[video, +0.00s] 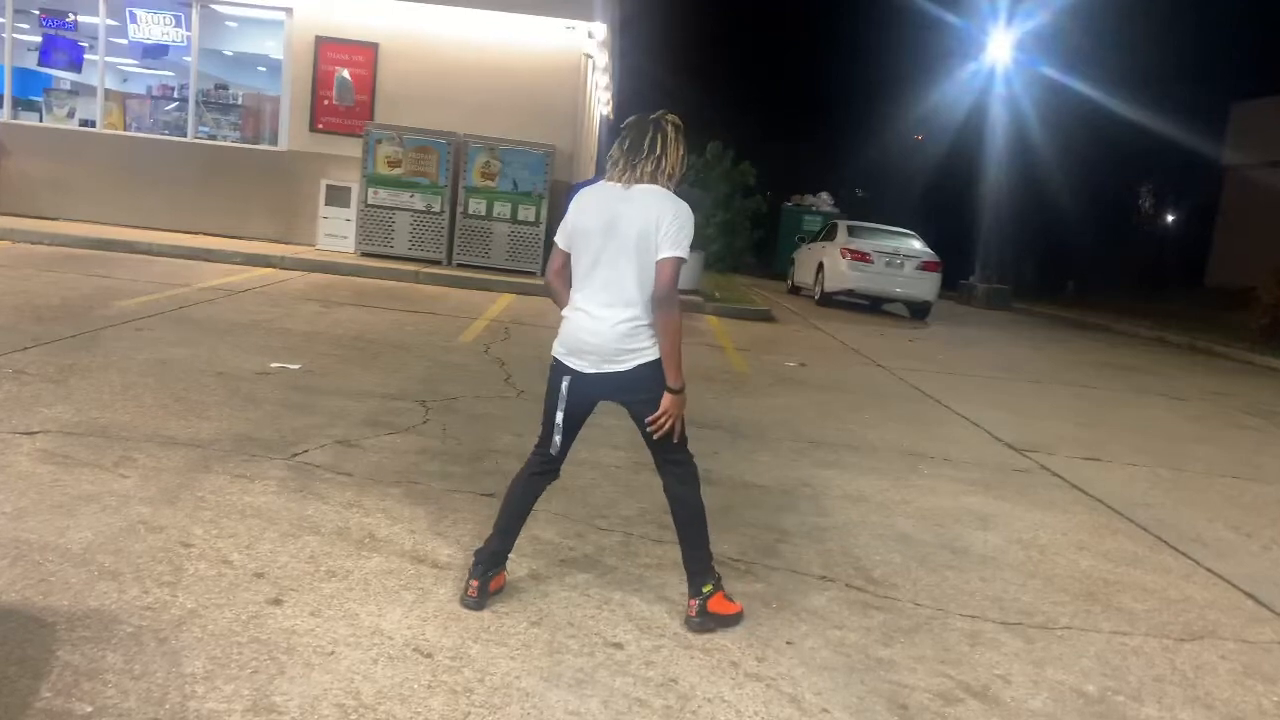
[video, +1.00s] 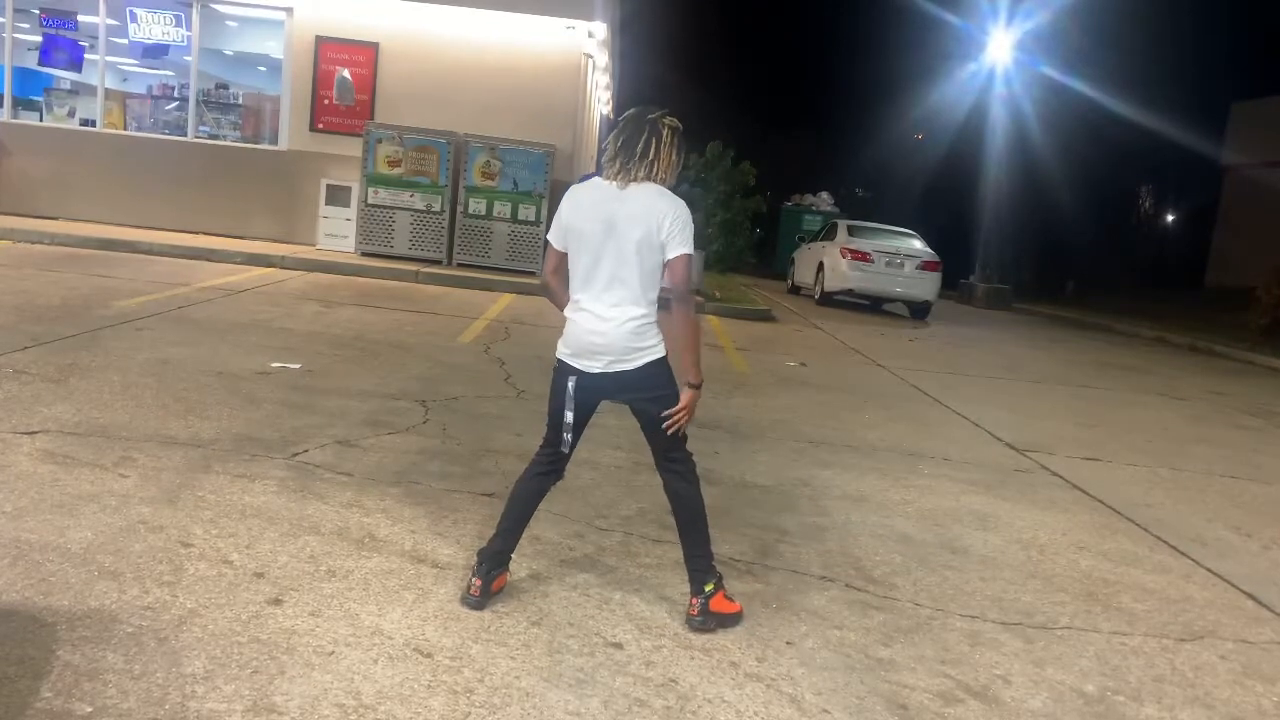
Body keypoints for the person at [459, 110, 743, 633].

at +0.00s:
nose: (680, 165)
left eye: (680, 157)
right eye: (678, 157)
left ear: (622, 149)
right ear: (669, 157)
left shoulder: (584, 197)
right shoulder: (672, 208)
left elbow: (555, 275)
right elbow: (664, 295)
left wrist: (585, 318)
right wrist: (674, 384)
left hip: (574, 361)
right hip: (638, 365)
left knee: (542, 461)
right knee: (677, 467)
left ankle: (484, 571)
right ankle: (704, 591)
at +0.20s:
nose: (677, 162)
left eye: (677, 155)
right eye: (676, 155)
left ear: (619, 146)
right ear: (666, 154)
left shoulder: (582, 196)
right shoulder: (671, 207)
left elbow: (554, 276)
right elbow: (663, 297)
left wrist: (587, 317)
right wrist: (674, 384)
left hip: (574, 360)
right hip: (637, 364)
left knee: (545, 461)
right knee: (675, 469)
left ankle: (485, 572)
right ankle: (704, 591)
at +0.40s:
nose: (679, 163)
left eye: (679, 155)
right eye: (677, 154)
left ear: (619, 144)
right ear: (666, 154)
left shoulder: (580, 194)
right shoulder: (670, 207)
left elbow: (553, 273)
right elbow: (663, 296)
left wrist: (582, 316)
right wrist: (672, 383)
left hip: (573, 360)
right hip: (637, 365)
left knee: (546, 462)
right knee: (672, 467)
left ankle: (485, 572)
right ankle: (704, 590)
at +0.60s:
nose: (680, 163)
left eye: (680, 155)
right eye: (678, 154)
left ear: (620, 143)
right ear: (666, 153)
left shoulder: (579, 194)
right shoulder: (671, 207)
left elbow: (552, 271)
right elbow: (664, 298)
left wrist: (580, 315)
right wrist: (673, 383)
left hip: (574, 361)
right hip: (637, 365)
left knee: (546, 462)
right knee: (673, 469)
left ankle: (485, 572)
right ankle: (704, 591)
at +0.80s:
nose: (680, 163)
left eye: (680, 155)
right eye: (678, 154)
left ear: (621, 143)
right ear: (667, 153)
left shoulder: (579, 193)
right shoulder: (671, 207)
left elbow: (553, 271)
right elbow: (666, 297)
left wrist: (581, 314)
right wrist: (676, 383)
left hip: (574, 360)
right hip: (639, 364)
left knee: (545, 460)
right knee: (674, 467)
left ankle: (485, 571)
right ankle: (704, 590)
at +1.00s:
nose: (675, 161)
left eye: (675, 153)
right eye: (673, 152)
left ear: (615, 145)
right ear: (662, 152)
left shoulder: (576, 196)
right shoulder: (670, 208)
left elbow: (552, 275)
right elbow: (678, 298)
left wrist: (584, 316)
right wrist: (692, 380)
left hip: (578, 359)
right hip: (645, 362)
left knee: (548, 461)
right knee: (677, 468)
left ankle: (486, 571)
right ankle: (705, 591)